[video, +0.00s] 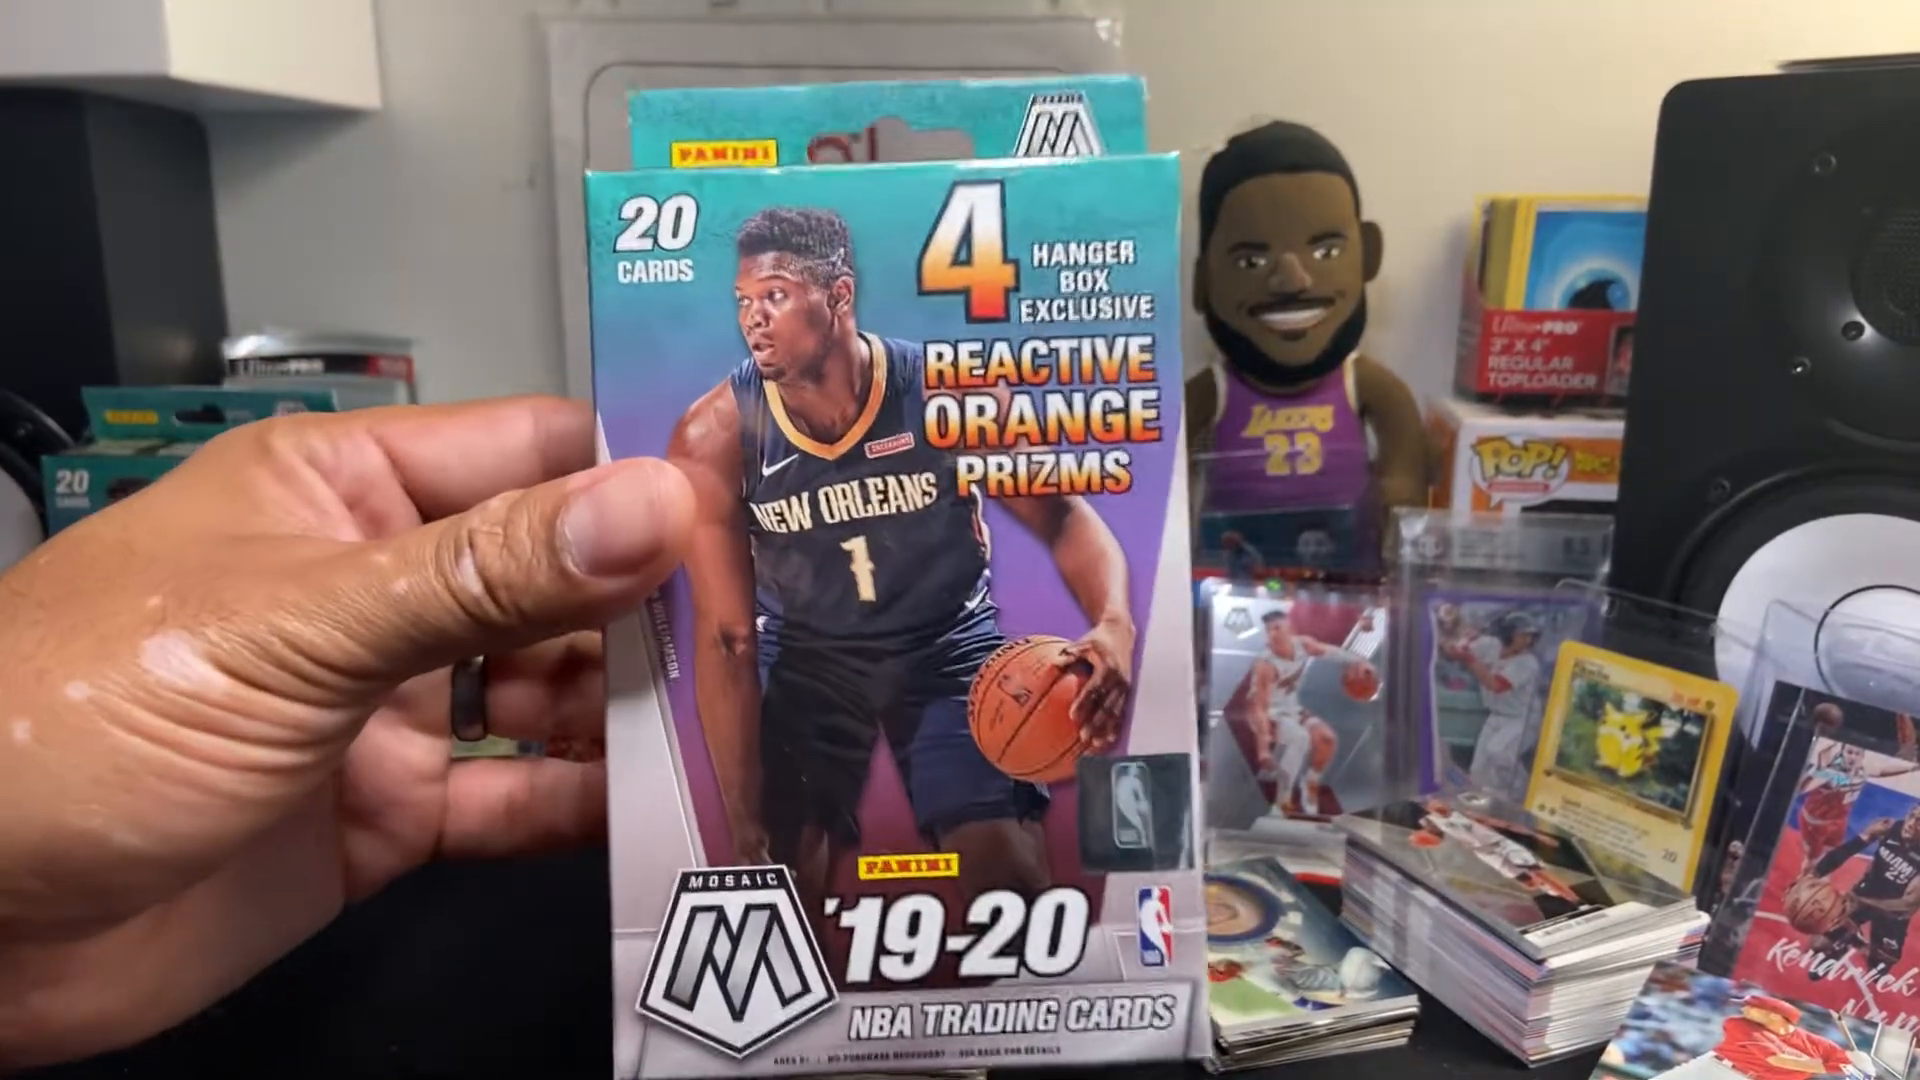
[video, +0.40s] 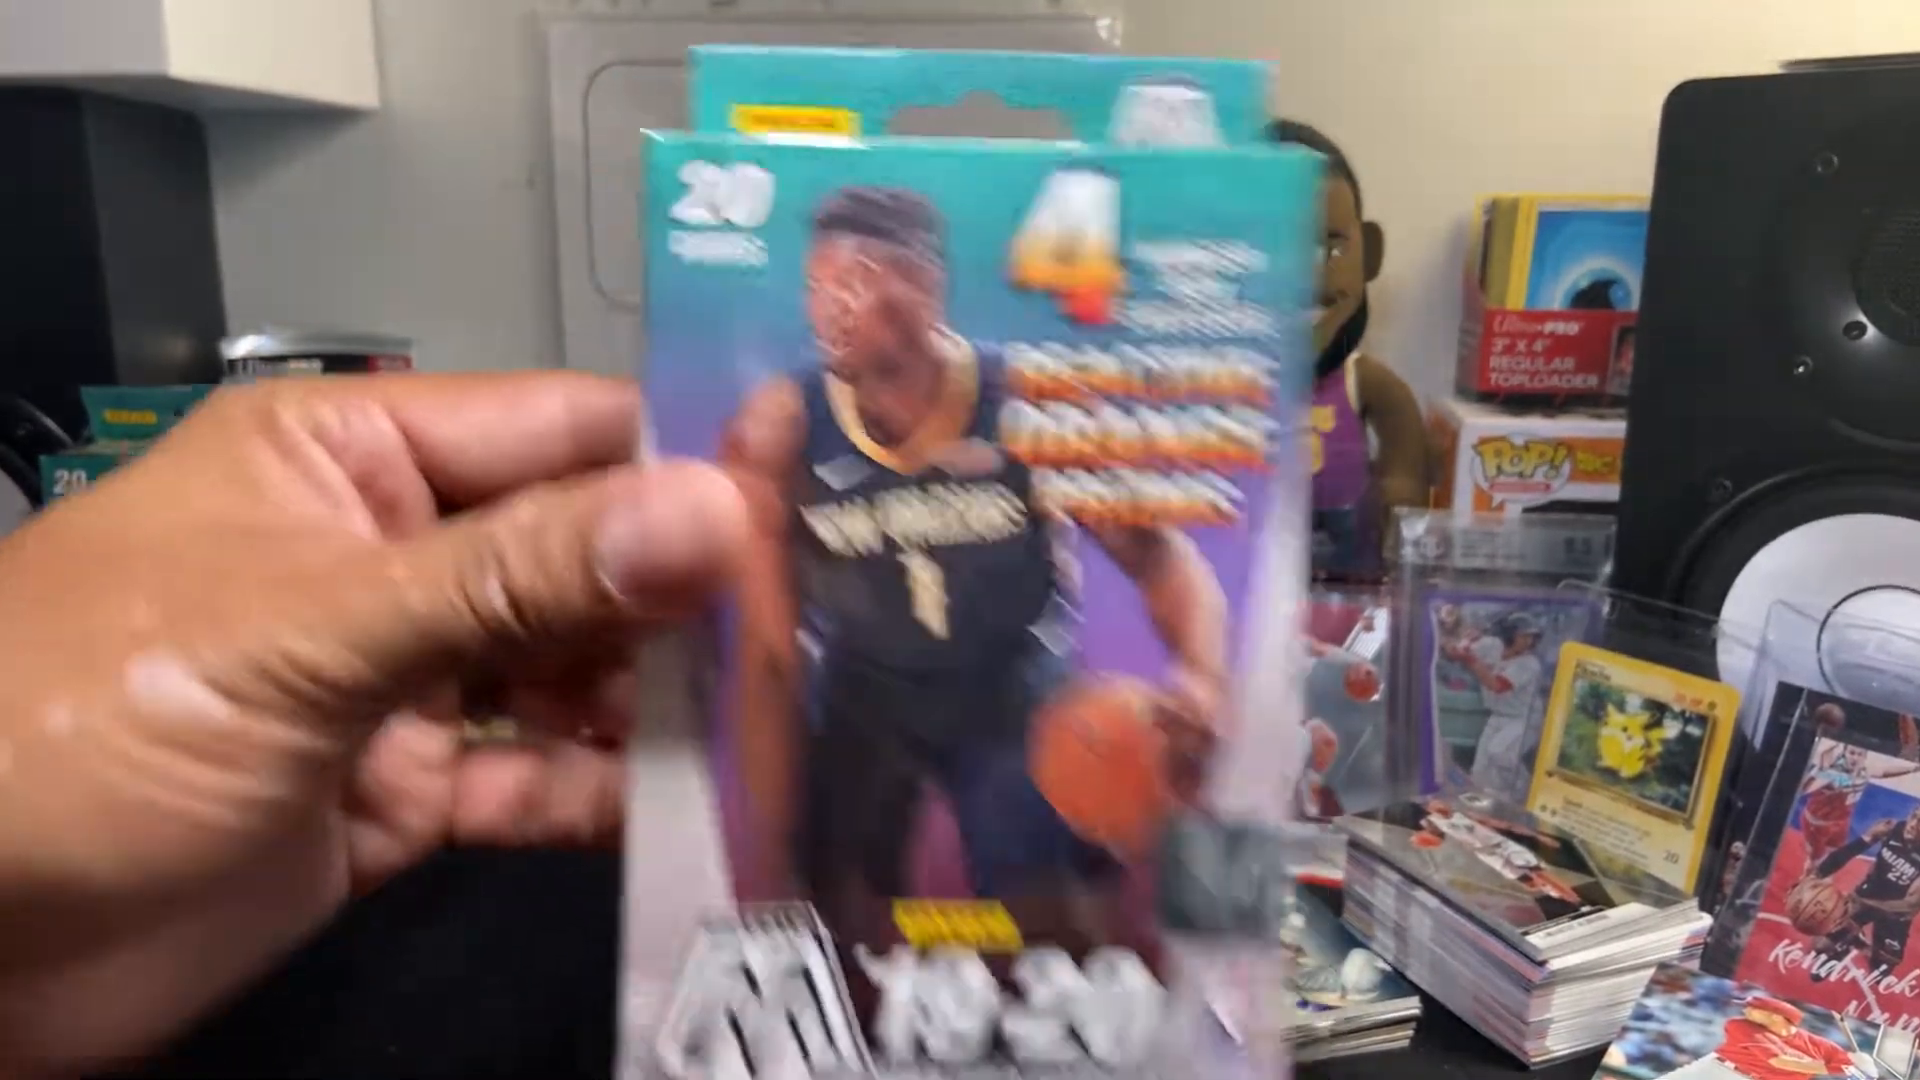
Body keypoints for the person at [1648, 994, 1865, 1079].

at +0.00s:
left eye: (1761, 1011)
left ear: (1778, 1018)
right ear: (1765, 1016)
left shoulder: (1792, 1037)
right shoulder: (1746, 1033)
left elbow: (1825, 1049)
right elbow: (1779, 1060)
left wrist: (1851, 1060)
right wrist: (1835, 1068)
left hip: (1746, 1075)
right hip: (1716, 1068)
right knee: (1661, 1077)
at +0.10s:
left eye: (1763, 1010)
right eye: (1780, 1017)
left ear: (1779, 1018)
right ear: (1765, 1016)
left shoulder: (1791, 1036)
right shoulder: (1746, 1033)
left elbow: (1825, 1049)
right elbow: (1779, 1060)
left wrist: (1850, 1060)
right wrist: (1834, 1068)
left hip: (1746, 1075)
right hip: (1716, 1068)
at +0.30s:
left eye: (1759, 1010)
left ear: (1779, 1018)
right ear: (1765, 1016)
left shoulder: (1796, 1037)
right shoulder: (1745, 1033)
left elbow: (1831, 1051)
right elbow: (1779, 1060)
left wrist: (1853, 1063)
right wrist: (1831, 1068)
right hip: (1718, 1068)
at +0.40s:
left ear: (1780, 1020)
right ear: (1768, 1017)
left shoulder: (1797, 1039)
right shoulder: (1746, 1033)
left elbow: (1832, 1053)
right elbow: (1780, 1062)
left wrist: (1854, 1064)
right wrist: (1832, 1069)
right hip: (1720, 1068)